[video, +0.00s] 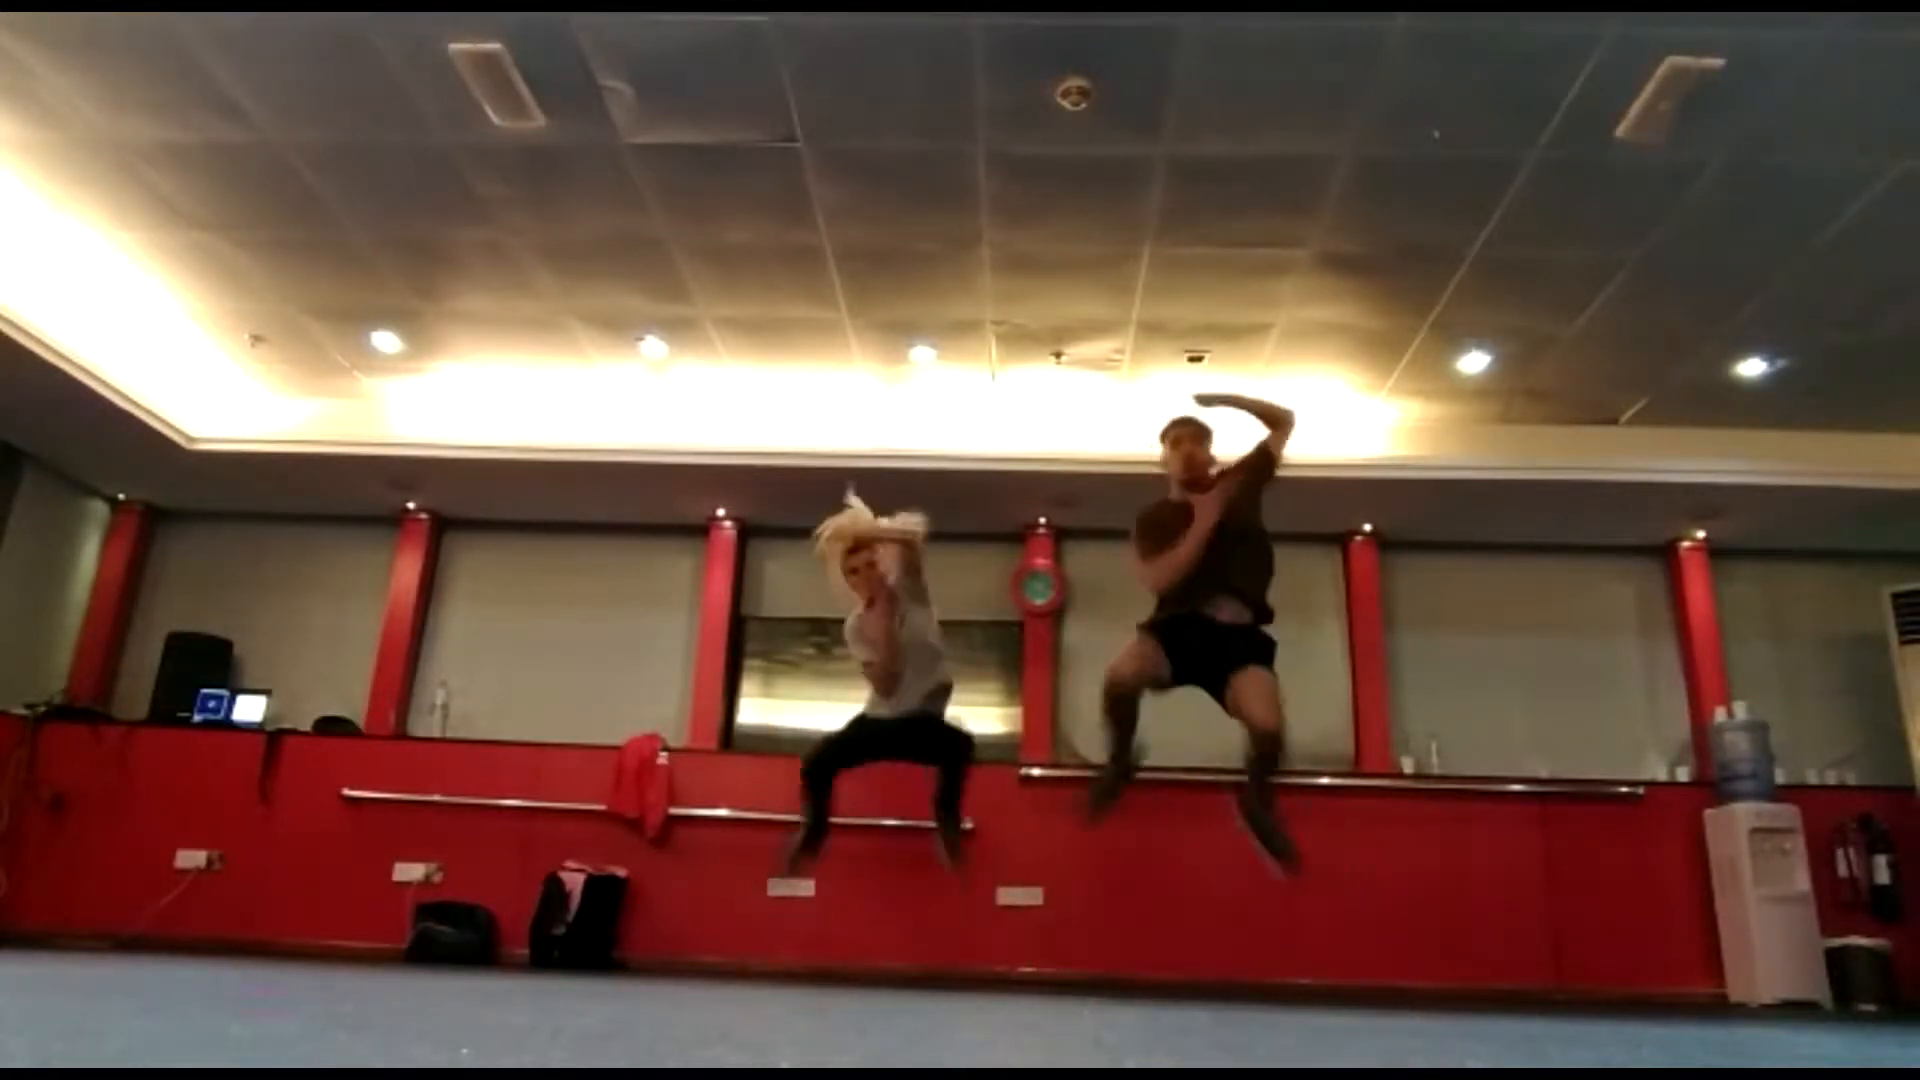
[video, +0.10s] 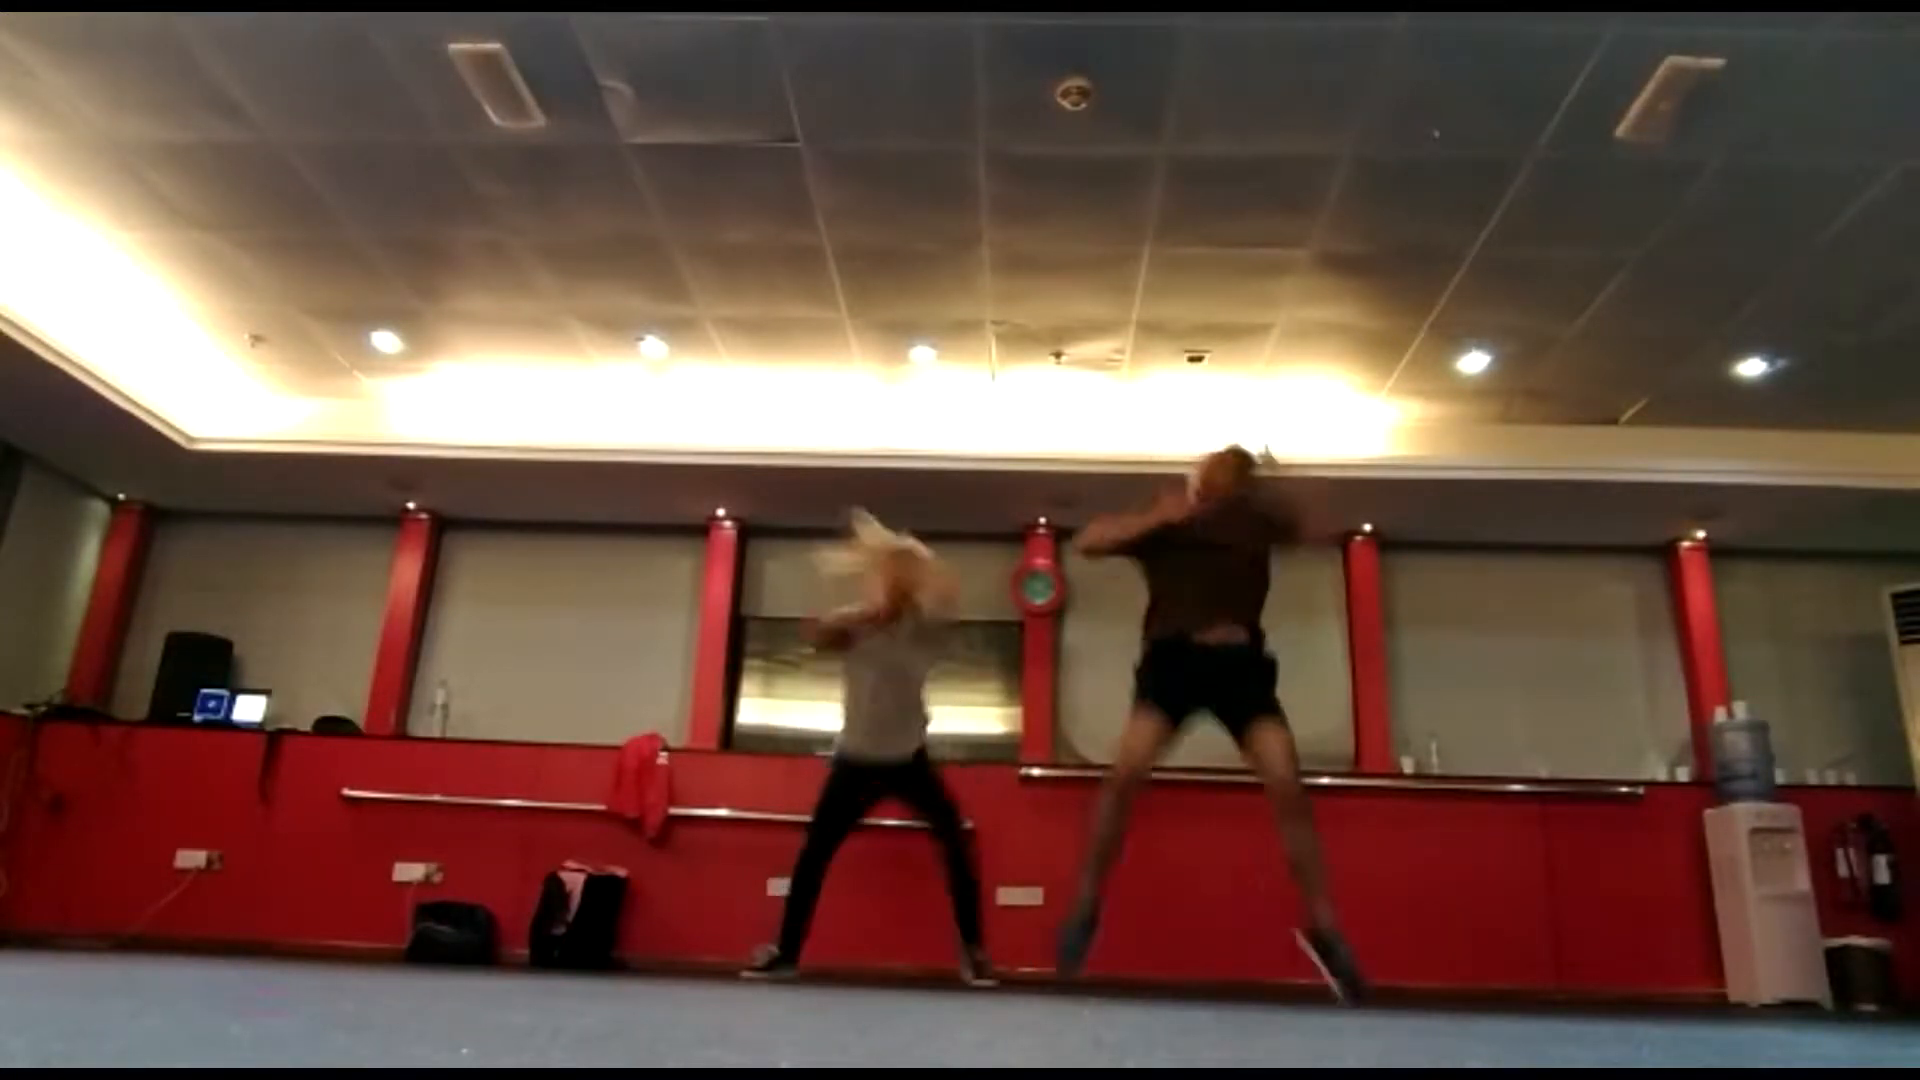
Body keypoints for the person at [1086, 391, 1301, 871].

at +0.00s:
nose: (1187, 452)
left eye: (1195, 443)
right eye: (1177, 445)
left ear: (1211, 452)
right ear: (1165, 457)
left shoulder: (1238, 489)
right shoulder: (1156, 517)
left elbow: (1283, 424)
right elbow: (1156, 579)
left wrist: (1231, 402)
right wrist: (1204, 521)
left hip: (1239, 640)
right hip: (1177, 633)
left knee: (1268, 726)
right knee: (1119, 676)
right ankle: (1118, 765)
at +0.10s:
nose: (1213, 492)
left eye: (1225, 486)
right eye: (1208, 482)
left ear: (1243, 489)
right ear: (1197, 481)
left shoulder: (1258, 526)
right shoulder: (1165, 527)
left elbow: (1304, 524)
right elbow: (1088, 542)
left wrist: (1249, 494)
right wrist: (1160, 516)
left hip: (1239, 667)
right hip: (1171, 664)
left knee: (1287, 788)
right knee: (1123, 778)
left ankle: (1323, 927)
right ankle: (1086, 911)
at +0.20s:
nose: (1221, 536)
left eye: (1233, 527)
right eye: (1214, 525)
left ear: (1253, 534)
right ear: (1200, 525)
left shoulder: (1254, 583)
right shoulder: (1158, 573)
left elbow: (1320, 621)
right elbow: (1089, 551)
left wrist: (1293, 564)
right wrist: (1170, 549)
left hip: (1239, 723)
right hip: (1169, 721)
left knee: (1297, 826)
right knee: (1129, 826)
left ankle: (1328, 961)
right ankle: (1089, 954)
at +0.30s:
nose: (1248, 549)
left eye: (1264, 551)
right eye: (1248, 539)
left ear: (1273, 575)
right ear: (1230, 547)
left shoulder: (1269, 625)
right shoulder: (1176, 603)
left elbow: (1330, 683)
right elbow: (1101, 595)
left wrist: (1313, 602)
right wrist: (1182, 587)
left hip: (1235, 763)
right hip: (1160, 758)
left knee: (1313, 850)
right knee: (1116, 843)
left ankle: (1328, 972)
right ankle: (1087, 959)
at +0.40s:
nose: (1264, 565)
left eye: (1277, 563)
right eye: (1258, 553)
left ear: (1285, 583)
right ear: (1238, 559)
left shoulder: (1281, 649)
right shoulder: (1183, 601)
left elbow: (1324, 707)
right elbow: (1110, 584)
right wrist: (1120, 547)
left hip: (1242, 768)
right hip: (1164, 760)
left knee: (1322, 847)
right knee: (1114, 842)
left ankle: (1329, 972)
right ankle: (1088, 959)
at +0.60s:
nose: (1250, 574)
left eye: (1263, 567)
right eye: (1241, 562)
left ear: (1274, 586)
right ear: (1220, 569)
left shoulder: (1272, 663)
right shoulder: (1180, 606)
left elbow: (1330, 729)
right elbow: (1108, 567)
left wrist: (1398, 734)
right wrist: (1076, 510)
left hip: (1226, 777)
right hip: (1152, 764)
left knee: (1304, 844)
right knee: (1110, 841)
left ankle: (1329, 973)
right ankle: (1095, 960)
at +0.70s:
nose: (1219, 536)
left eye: (1231, 532)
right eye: (1212, 526)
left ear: (1239, 551)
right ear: (1191, 532)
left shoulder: (1232, 629)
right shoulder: (1145, 573)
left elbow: (1277, 706)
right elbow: (1073, 539)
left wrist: (1344, 710)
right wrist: (1030, 482)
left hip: (1167, 740)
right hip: (1101, 724)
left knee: (1232, 824)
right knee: (1085, 830)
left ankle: (1255, 955)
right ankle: (1090, 957)